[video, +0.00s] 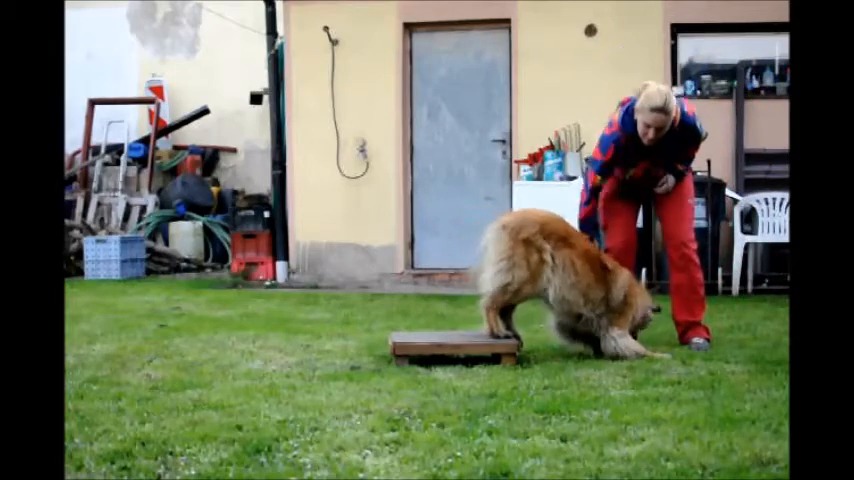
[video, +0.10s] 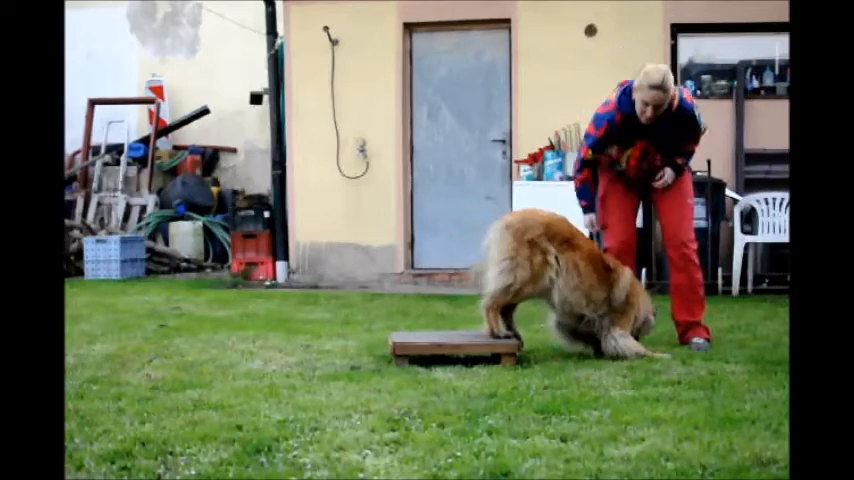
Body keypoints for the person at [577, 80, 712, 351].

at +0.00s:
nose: (650, 135)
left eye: (658, 129)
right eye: (645, 126)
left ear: (673, 118)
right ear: (636, 115)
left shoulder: (689, 126)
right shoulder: (618, 128)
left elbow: (688, 153)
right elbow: (593, 181)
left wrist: (675, 174)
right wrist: (589, 240)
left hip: (669, 177)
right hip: (623, 177)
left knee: (682, 245)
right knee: (618, 246)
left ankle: (693, 330)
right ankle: (619, 328)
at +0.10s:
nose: (649, 112)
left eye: (657, 106)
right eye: (644, 104)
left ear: (671, 98)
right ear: (634, 94)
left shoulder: (684, 110)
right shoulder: (613, 111)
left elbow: (692, 139)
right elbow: (583, 160)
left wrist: (674, 167)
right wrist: (588, 210)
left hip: (667, 170)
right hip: (618, 171)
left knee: (682, 244)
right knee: (618, 246)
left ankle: (693, 329)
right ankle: (619, 329)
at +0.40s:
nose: (640, 47)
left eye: (647, 42)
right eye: (635, 39)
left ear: (657, 40)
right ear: (624, 32)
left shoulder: (670, 69)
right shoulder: (599, 61)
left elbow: (684, 111)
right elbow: (572, 96)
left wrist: (667, 137)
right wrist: (590, 124)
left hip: (656, 162)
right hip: (608, 162)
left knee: (676, 245)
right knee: (609, 245)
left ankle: (693, 329)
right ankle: (612, 332)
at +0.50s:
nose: (640, 40)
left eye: (648, 35)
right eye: (636, 32)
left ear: (657, 35)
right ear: (624, 25)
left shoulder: (668, 64)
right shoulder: (597, 57)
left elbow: (682, 107)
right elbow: (571, 93)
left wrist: (666, 134)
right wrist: (589, 120)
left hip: (656, 161)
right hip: (607, 161)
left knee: (677, 242)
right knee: (609, 245)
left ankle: (694, 327)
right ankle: (610, 332)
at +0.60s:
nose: (643, 36)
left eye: (651, 31)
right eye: (639, 28)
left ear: (658, 31)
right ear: (627, 21)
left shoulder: (668, 60)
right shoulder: (598, 53)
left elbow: (682, 104)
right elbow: (572, 90)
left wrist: (667, 130)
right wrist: (591, 117)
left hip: (657, 156)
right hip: (608, 157)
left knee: (679, 239)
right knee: (613, 244)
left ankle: (694, 324)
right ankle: (615, 331)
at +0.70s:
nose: (649, 33)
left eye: (656, 28)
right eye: (645, 25)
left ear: (664, 28)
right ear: (631, 18)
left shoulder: (672, 58)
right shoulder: (601, 51)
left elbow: (686, 102)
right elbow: (576, 89)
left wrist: (670, 126)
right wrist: (594, 115)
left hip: (661, 156)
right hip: (611, 156)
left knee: (682, 237)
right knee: (615, 243)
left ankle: (696, 322)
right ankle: (619, 327)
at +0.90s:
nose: (664, 32)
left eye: (671, 27)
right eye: (660, 23)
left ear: (678, 29)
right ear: (646, 16)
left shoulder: (684, 58)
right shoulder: (615, 50)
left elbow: (698, 104)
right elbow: (589, 90)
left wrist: (683, 125)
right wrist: (592, 122)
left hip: (672, 157)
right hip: (622, 156)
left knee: (682, 242)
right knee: (622, 242)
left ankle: (693, 324)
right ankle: (620, 326)